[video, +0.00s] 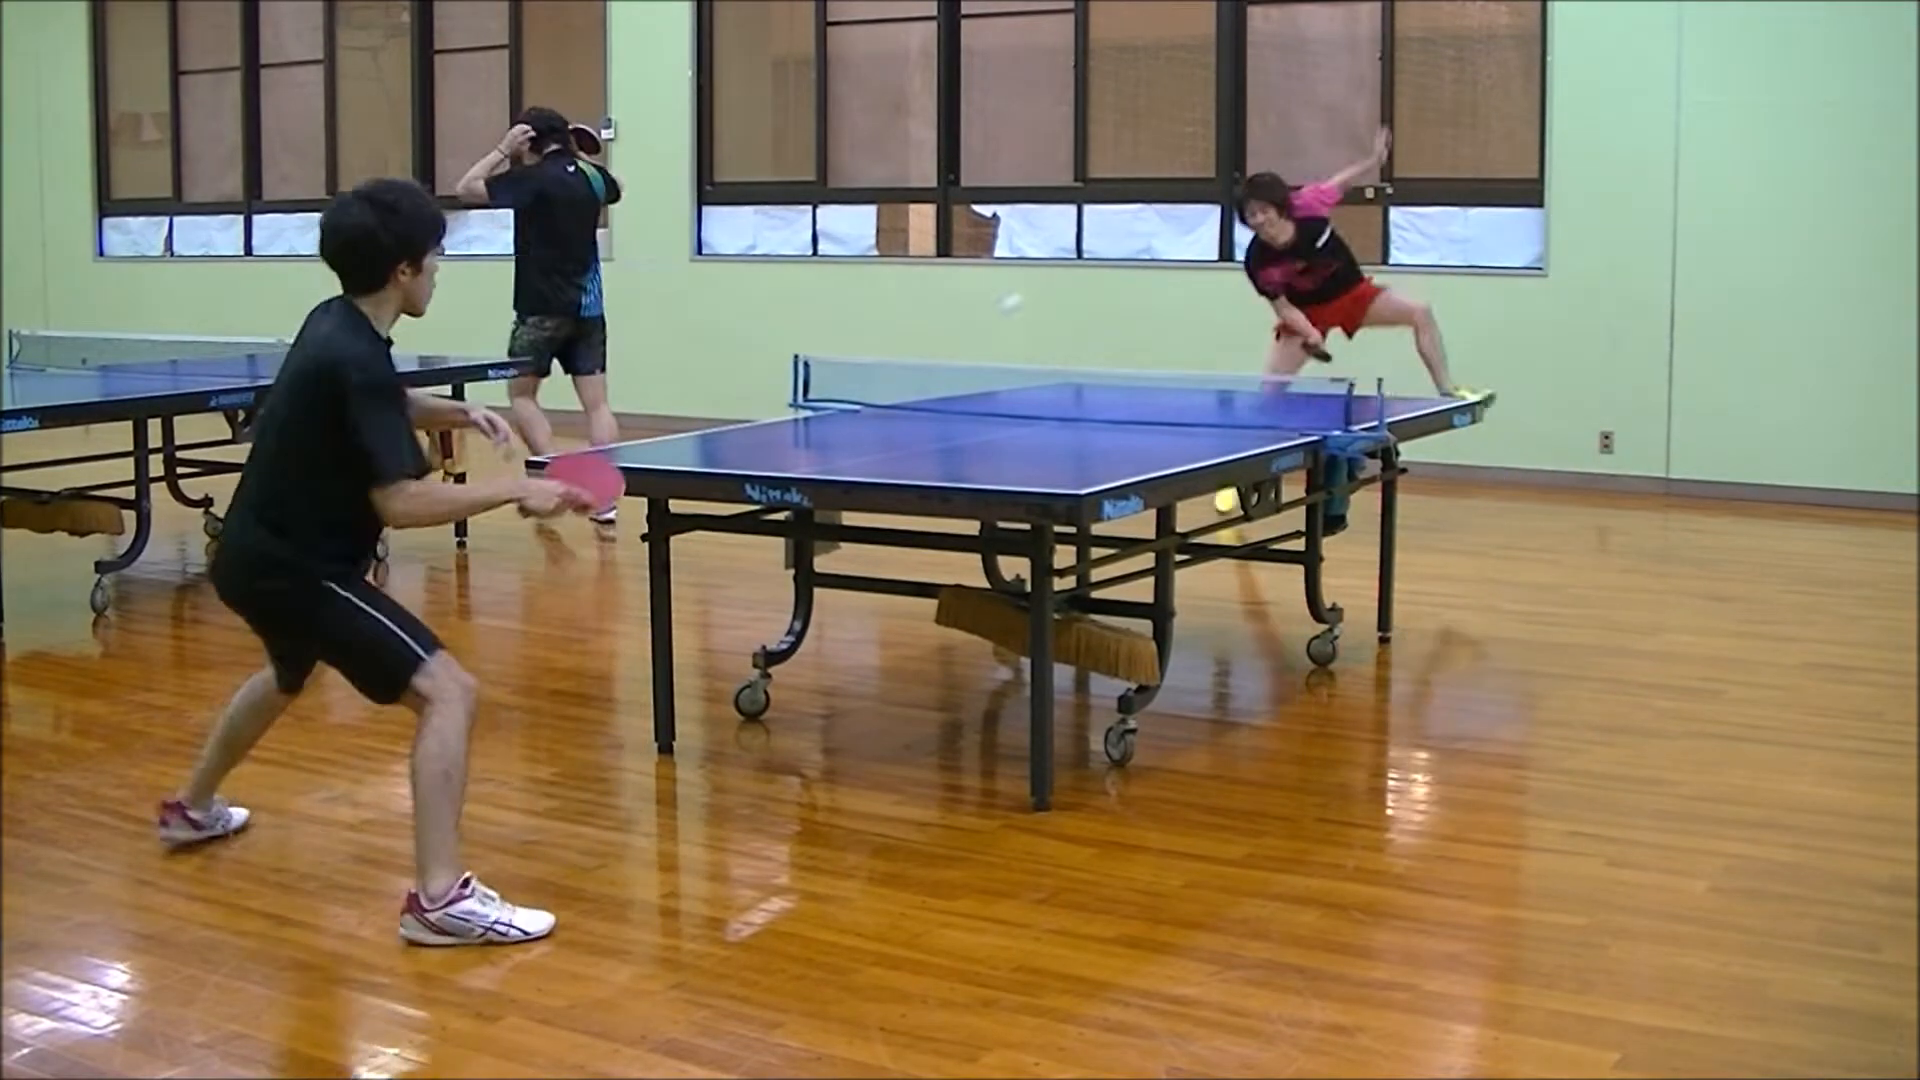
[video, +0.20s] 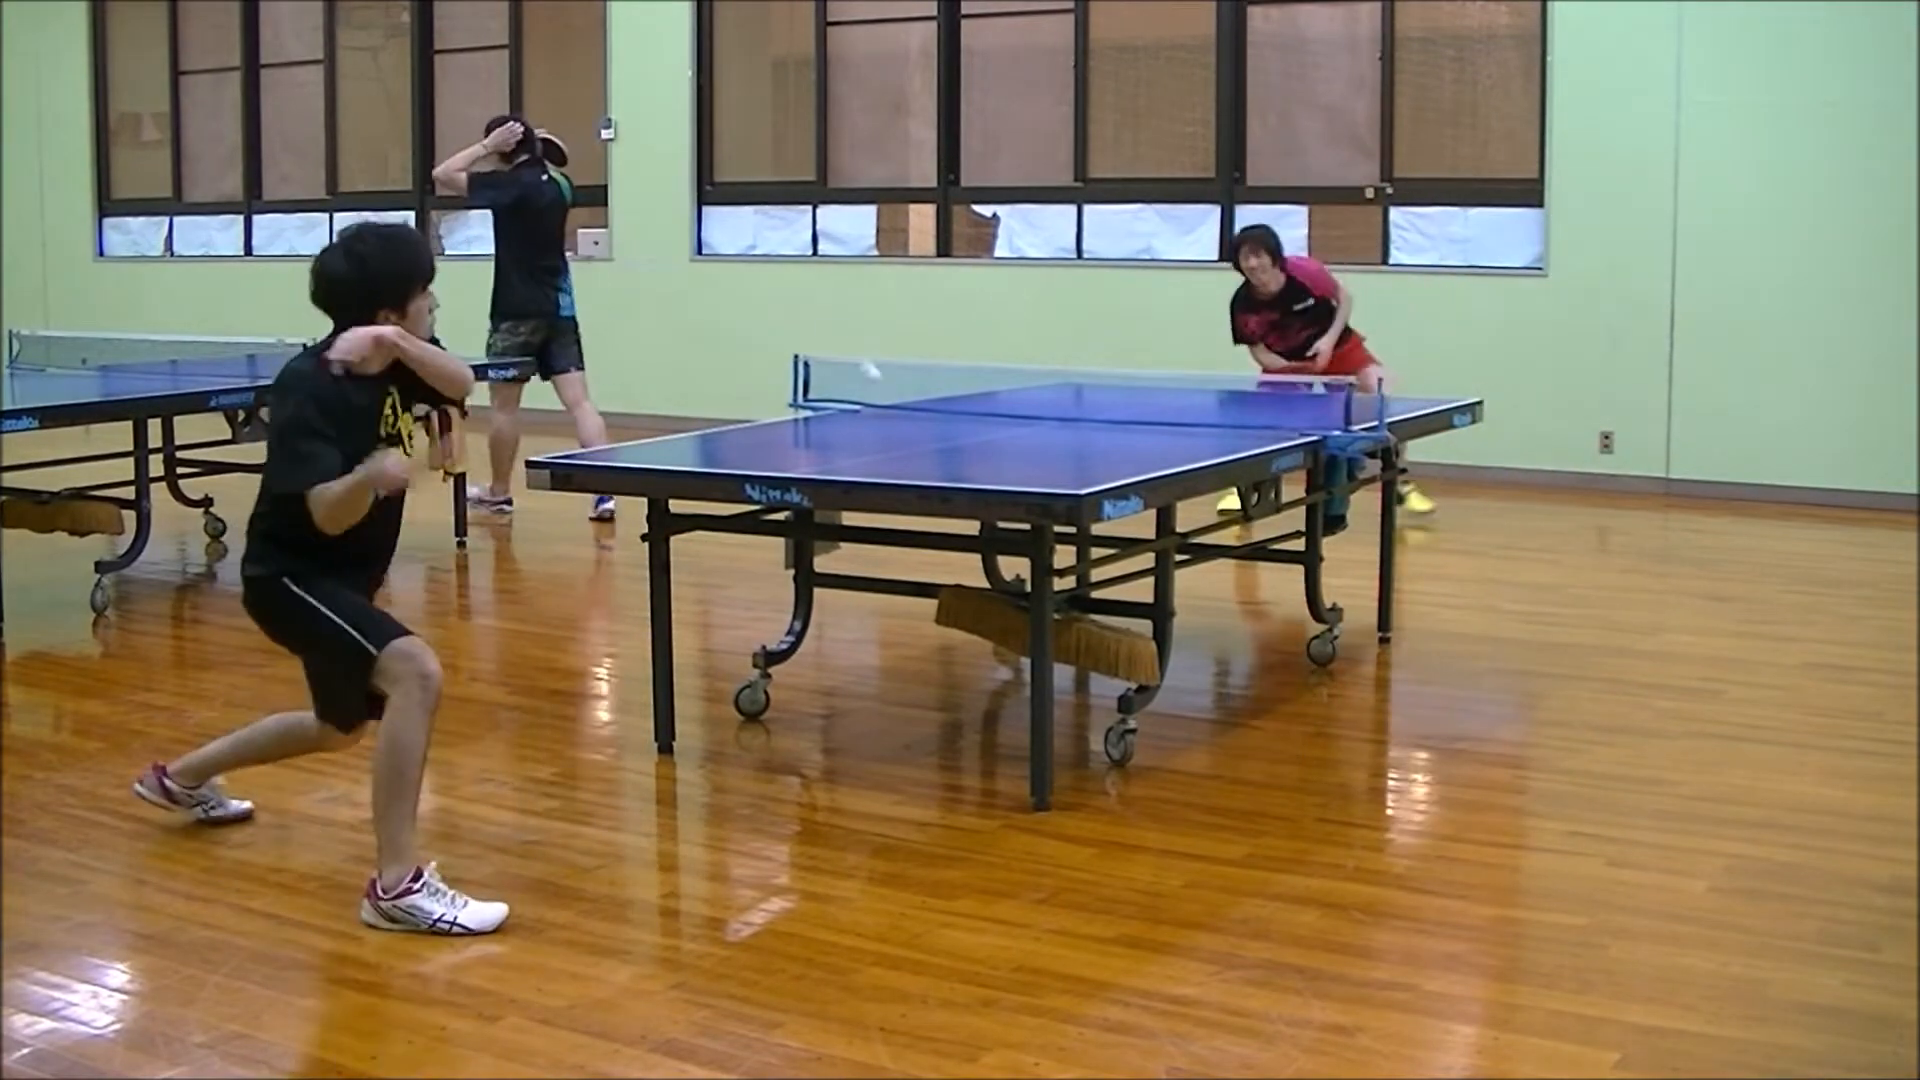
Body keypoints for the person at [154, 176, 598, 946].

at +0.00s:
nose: (435, 277)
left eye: (434, 261)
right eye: (431, 262)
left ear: (362, 265)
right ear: (404, 271)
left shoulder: (330, 327)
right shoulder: (362, 359)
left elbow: (353, 409)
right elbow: (399, 503)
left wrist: (446, 415)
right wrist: (512, 488)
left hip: (249, 553)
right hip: (296, 571)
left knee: (287, 673)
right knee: (449, 690)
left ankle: (192, 806)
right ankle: (440, 893)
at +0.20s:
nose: (434, 304)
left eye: (431, 292)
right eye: (425, 294)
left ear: (381, 311)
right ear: (388, 308)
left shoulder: (399, 364)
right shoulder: (308, 383)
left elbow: (463, 384)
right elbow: (325, 511)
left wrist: (395, 341)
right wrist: (369, 477)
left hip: (346, 576)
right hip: (289, 576)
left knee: (338, 723)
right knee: (413, 672)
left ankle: (181, 775)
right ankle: (397, 881)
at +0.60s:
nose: (479, 257)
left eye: (476, 245)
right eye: (474, 246)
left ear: (395, 258)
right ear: (453, 258)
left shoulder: (344, 331)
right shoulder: (477, 337)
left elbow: (307, 403)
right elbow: (595, 351)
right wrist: (628, 252)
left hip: (343, 577)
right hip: (428, 578)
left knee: (455, 619)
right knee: (477, 756)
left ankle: (439, 762)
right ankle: (454, 866)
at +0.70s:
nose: (482, 303)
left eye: (477, 290)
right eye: (478, 293)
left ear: (401, 302)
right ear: (462, 301)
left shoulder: (352, 387)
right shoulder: (491, 373)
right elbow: (588, 364)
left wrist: (388, 481)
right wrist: (578, 277)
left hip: (369, 613)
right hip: (457, 612)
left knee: (432, 660)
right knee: (513, 777)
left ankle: (456, 775)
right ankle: (457, 858)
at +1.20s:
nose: (499, 153)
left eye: (495, 139)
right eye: (494, 142)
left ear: (413, 145)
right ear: (477, 151)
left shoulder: (357, 211)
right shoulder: (488, 228)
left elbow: (284, 303)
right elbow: (510, 353)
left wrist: (270, 408)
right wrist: (492, 415)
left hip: (346, 451)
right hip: (428, 463)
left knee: (381, 595)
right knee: (474, 642)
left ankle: (365, 755)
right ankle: (436, 834)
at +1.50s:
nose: (479, 241)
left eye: (478, 226)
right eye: (476, 227)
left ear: (402, 231)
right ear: (455, 234)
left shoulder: (352, 297)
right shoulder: (440, 319)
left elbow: (331, 409)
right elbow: (480, 446)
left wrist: (429, 437)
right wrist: (558, 457)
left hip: (293, 516)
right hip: (366, 531)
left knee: (317, 641)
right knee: (492, 681)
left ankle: (243, 782)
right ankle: (428, 852)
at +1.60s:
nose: (477, 261)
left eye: (475, 247)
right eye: (473, 248)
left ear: (406, 254)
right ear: (448, 257)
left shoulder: (367, 316)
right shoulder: (427, 339)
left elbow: (395, 416)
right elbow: (484, 469)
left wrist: (485, 427)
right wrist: (576, 459)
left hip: (290, 536)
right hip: (347, 546)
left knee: (337, 651)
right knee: (505, 664)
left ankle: (245, 782)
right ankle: (440, 847)